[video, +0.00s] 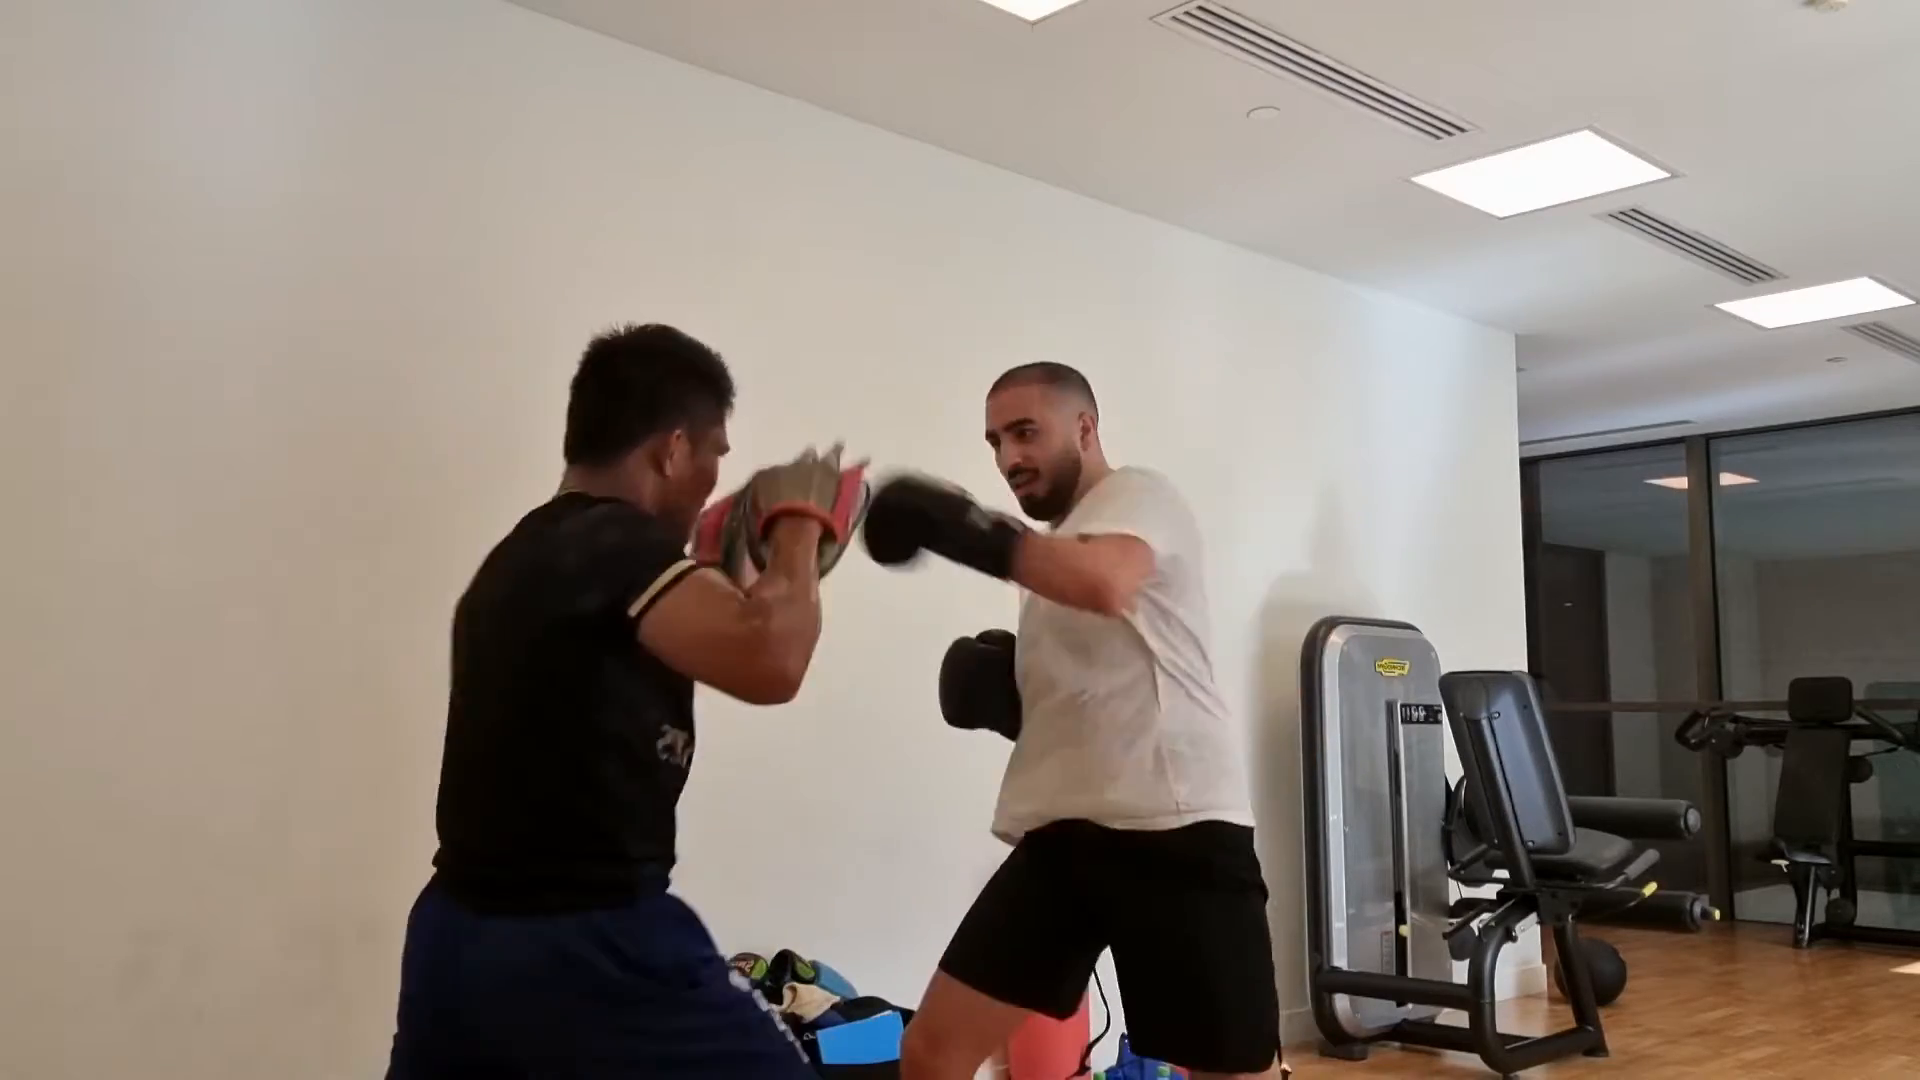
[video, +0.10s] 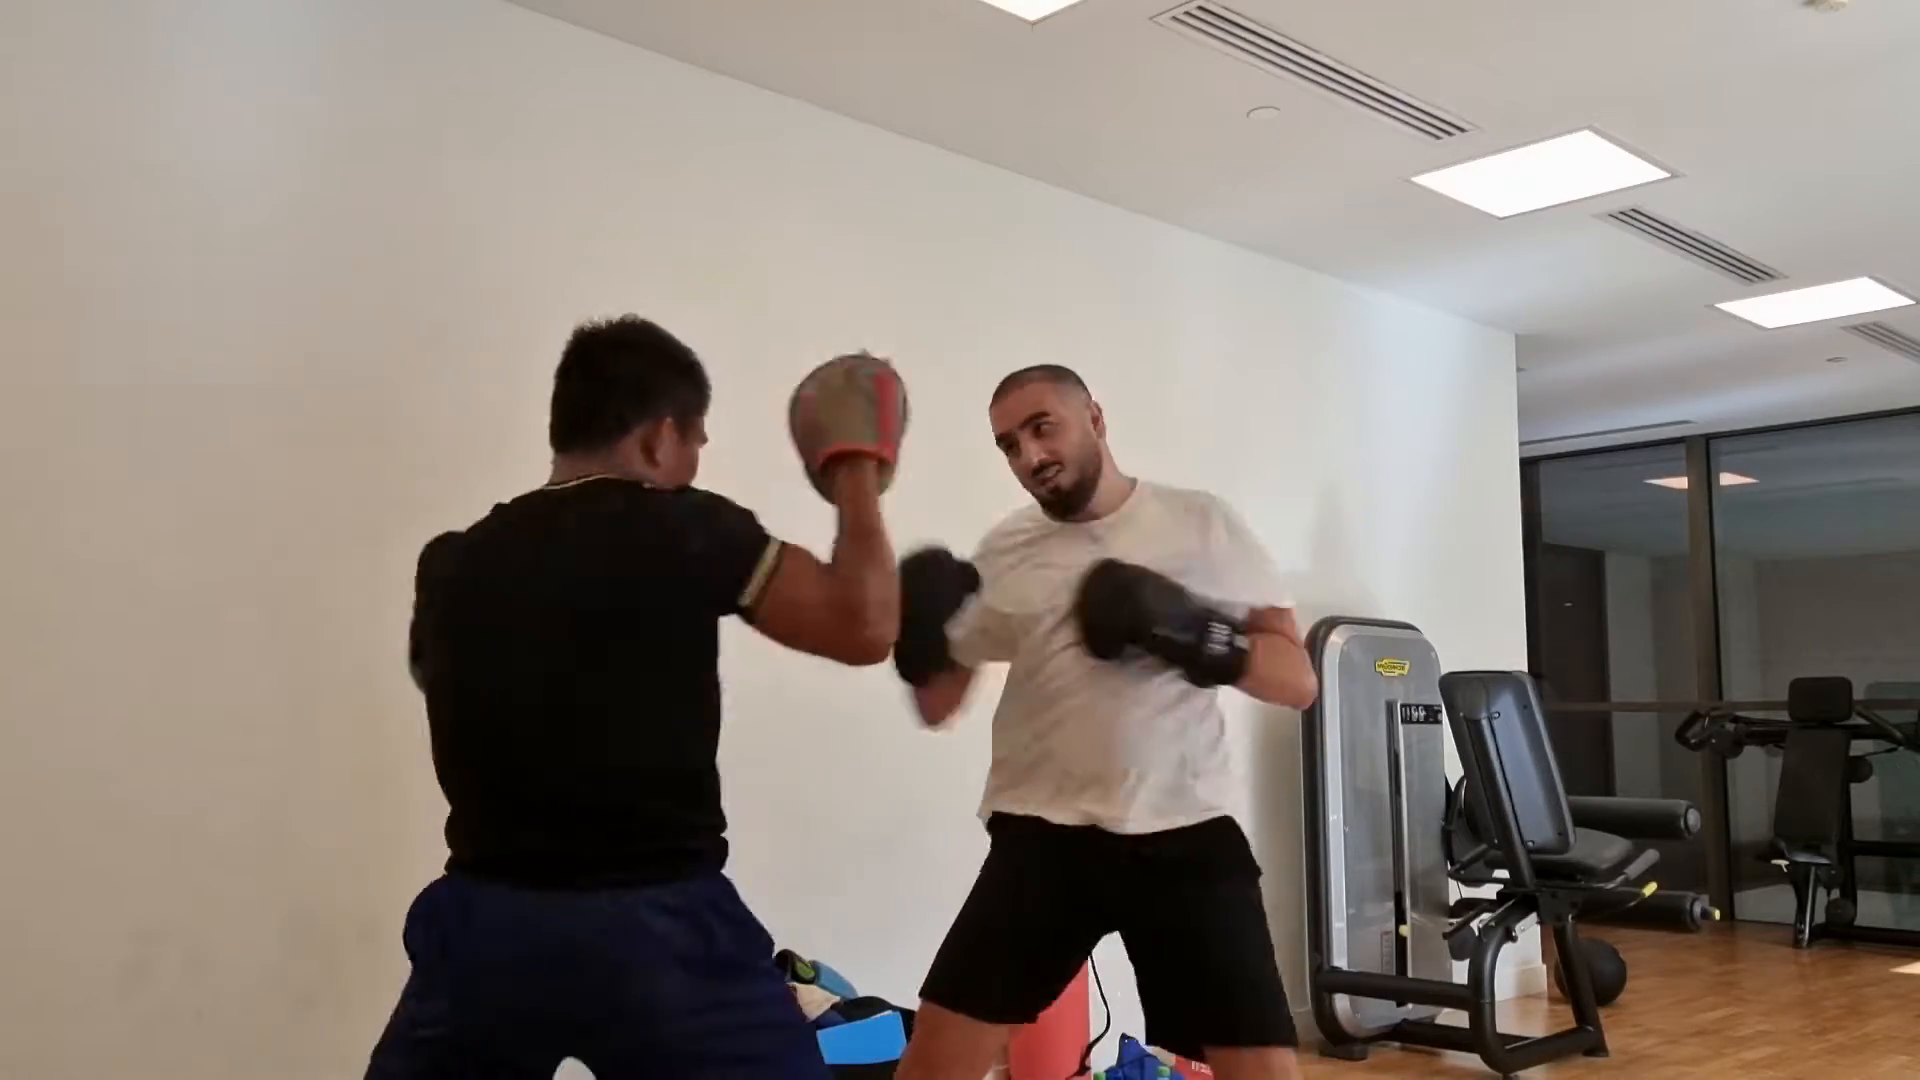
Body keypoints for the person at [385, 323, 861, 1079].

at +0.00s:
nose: (717, 477)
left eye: (721, 456)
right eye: (715, 454)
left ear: (584, 438)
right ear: (672, 450)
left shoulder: (516, 555)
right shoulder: (621, 547)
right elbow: (771, 662)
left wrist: (713, 569)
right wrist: (797, 530)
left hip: (458, 938)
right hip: (598, 949)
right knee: (772, 1062)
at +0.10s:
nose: (696, 469)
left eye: (703, 450)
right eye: (698, 448)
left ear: (564, 433)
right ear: (660, 435)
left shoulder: (449, 562)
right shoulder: (686, 527)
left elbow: (437, 683)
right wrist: (857, 469)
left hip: (483, 946)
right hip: (668, 943)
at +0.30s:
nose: (793, 461)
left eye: (798, 437)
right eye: (793, 434)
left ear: (662, 419)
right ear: (748, 431)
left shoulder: (568, 544)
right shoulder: (704, 544)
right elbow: (799, 729)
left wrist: (892, 655)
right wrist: (923, 635)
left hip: (509, 929)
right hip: (651, 947)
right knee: (816, 1065)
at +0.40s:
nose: (810, 493)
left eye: (815, 470)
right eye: (809, 467)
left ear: (677, 445)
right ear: (762, 464)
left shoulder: (581, 559)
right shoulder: (693, 565)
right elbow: (709, 765)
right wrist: (877, 711)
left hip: (509, 943)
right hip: (636, 966)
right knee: (815, 1063)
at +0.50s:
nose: (721, 461)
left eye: (723, 439)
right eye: (717, 438)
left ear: (582, 436)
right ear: (674, 444)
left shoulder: (476, 579)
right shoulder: (676, 555)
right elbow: (719, 756)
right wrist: (815, 755)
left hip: (474, 963)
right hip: (634, 973)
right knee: (801, 1061)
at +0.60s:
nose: (615, 438)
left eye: (617, 415)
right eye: (610, 415)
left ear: (468, 415)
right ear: (557, 417)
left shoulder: (350, 565)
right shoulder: (601, 525)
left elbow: (345, 774)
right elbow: (649, 695)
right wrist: (693, 754)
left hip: (392, 965)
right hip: (572, 963)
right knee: (701, 1057)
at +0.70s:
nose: (519, 427)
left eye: (522, 402)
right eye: (514, 400)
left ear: (368, 400)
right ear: (455, 395)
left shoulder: (243, 542)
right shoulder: (500, 504)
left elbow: (241, 732)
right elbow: (561, 699)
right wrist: (579, 742)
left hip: (279, 950)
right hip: (466, 945)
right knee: (632, 1061)